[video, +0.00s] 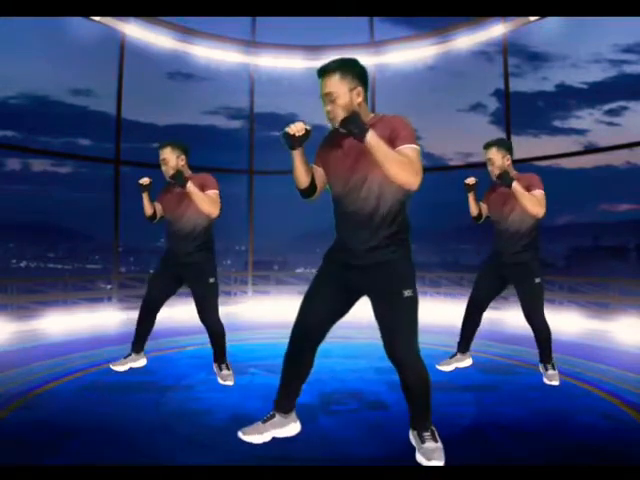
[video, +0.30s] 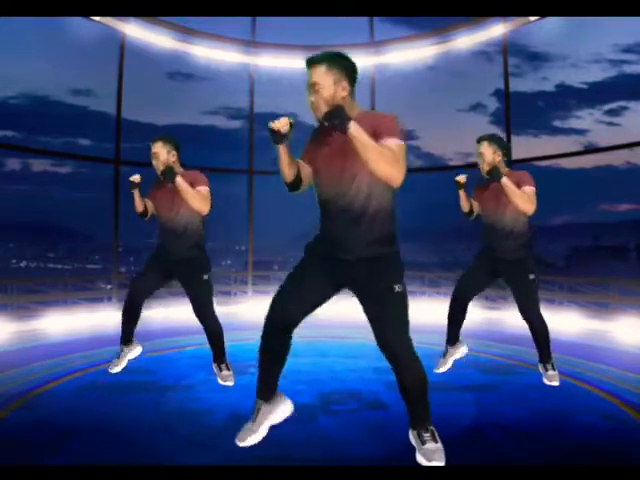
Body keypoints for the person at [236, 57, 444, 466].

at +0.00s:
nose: (327, 106)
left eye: (333, 97)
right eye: (324, 99)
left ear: (359, 94)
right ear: (328, 101)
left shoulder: (394, 127)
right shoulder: (331, 143)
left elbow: (411, 178)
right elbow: (309, 188)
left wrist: (365, 133)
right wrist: (297, 149)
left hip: (390, 260)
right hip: (344, 258)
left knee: (403, 351)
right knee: (304, 334)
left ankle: (424, 430)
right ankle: (283, 415)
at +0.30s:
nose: (312, 96)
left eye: (317, 86)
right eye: (310, 88)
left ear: (343, 85)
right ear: (315, 91)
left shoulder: (381, 125)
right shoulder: (320, 138)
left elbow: (395, 174)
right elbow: (296, 181)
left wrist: (349, 126)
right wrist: (282, 145)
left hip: (377, 259)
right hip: (328, 255)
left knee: (397, 348)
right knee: (278, 320)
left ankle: (423, 429)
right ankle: (267, 402)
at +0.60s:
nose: (276, 102)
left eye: (283, 94)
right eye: (276, 95)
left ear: (310, 96)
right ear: (296, 98)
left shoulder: (348, 140)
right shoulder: (281, 146)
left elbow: (364, 195)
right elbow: (252, 187)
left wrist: (322, 153)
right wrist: (243, 151)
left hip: (335, 267)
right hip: (284, 266)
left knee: (381, 345)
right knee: (258, 337)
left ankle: (377, 421)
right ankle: (251, 406)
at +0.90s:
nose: (296, 91)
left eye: (302, 82)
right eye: (296, 83)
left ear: (329, 81)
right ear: (315, 84)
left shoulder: (369, 116)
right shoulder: (306, 136)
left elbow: (382, 164)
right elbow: (281, 177)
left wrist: (328, 126)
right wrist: (269, 136)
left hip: (370, 254)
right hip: (323, 253)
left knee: (394, 347)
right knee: (279, 327)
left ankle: (427, 437)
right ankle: (283, 413)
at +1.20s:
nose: (324, 93)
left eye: (331, 84)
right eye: (323, 86)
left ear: (359, 84)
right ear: (336, 89)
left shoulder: (395, 125)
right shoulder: (328, 136)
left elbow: (406, 176)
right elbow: (308, 181)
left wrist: (353, 134)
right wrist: (288, 153)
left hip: (386, 265)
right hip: (334, 263)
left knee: (407, 357)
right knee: (289, 332)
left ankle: (427, 440)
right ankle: (285, 414)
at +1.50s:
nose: (312, 90)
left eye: (319, 82)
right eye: (311, 83)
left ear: (345, 84)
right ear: (321, 87)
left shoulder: (377, 125)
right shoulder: (320, 132)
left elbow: (388, 187)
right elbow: (298, 167)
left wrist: (345, 141)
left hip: (363, 259)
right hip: (324, 258)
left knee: (383, 350)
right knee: (286, 333)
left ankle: (430, 440)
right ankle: (290, 420)